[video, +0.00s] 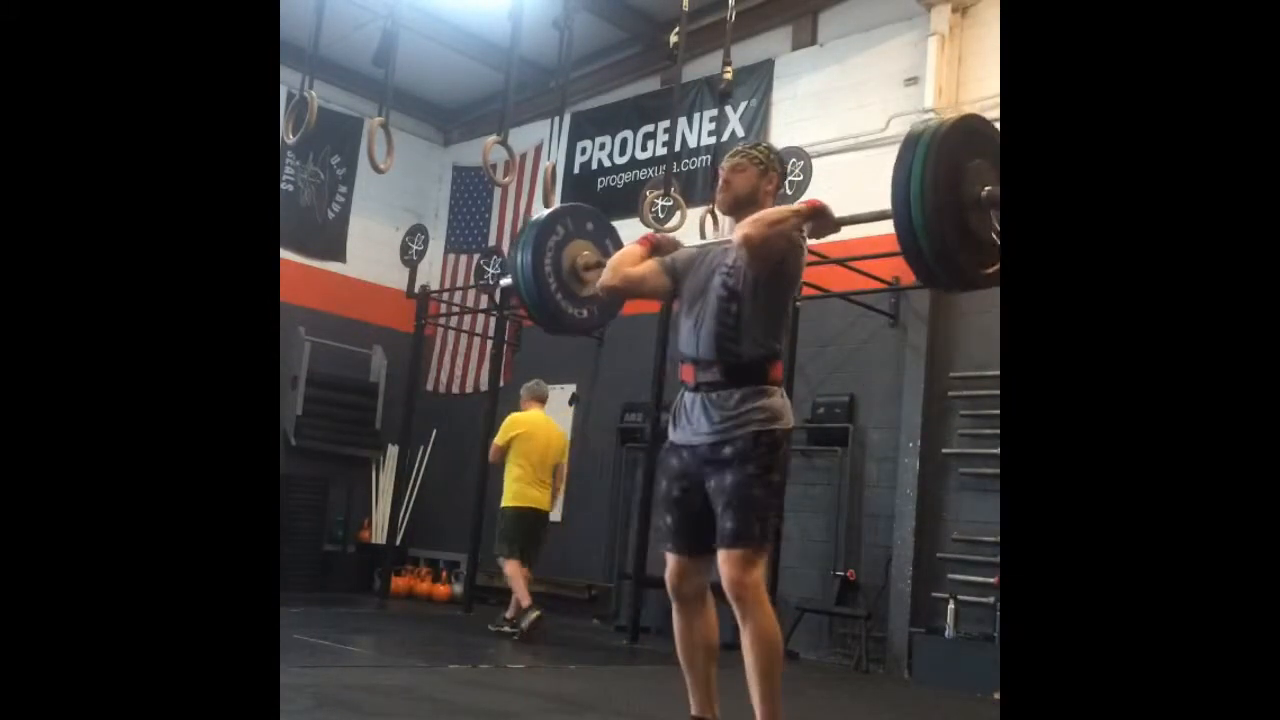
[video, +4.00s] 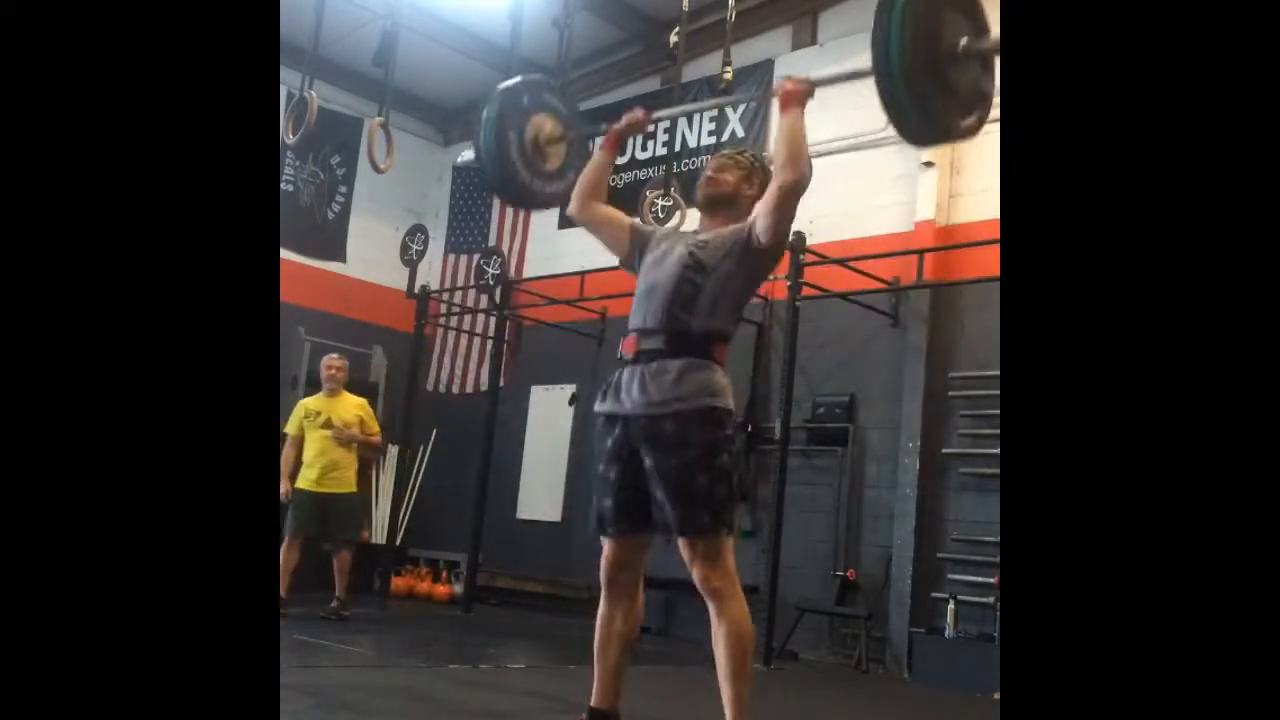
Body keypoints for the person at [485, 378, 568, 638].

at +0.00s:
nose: (520, 404)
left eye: (521, 400)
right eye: (522, 401)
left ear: (525, 400)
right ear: (545, 401)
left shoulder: (516, 420)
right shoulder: (559, 433)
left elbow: (494, 455)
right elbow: (560, 475)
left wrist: (516, 455)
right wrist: (552, 496)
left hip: (515, 499)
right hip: (542, 503)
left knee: (507, 555)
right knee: (526, 562)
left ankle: (527, 606)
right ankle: (510, 615)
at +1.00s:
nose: (453, 398)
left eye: (455, 394)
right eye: (453, 394)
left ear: (464, 395)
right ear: (475, 396)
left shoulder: (453, 421)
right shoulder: (493, 427)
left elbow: (433, 457)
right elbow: (497, 464)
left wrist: (437, 441)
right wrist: (491, 493)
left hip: (448, 496)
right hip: (476, 500)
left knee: (440, 551)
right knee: (475, 551)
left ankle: (436, 606)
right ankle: (491, 591)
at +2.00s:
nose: (397, 389)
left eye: (403, 386)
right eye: (395, 385)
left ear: (415, 390)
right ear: (393, 389)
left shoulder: (421, 417)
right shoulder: (394, 419)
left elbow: (430, 450)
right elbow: (385, 458)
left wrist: (404, 441)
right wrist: (360, 485)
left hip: (407, 493)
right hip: (385, 492)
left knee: (406, 547)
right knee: (382, 547)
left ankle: (430, 601)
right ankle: (374, 600)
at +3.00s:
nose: (377, 383)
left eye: (382, 380)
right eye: (373, 378)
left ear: (389, 385)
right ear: (365, 382)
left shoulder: (394, 415)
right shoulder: (355, 412)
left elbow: (404, 452)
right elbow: (342, 448)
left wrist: (378, 441)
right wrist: (329, 480)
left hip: (370, 486)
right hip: (347, 485)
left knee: (348, 539)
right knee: (354, 543)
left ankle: (341, 597)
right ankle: (372, 593)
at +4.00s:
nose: (333, 373)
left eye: (339, 369)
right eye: (328, 368)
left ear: (347, 375)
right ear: (320, 372)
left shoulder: (360, 406)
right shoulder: (306, 405)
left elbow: (378, 443)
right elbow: (292, 444)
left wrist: (355, 438)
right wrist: (285, 479)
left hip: (344, 490)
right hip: (307, 486)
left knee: (343, 545)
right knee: (293, 539)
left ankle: (339, 599)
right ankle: (282, 593)